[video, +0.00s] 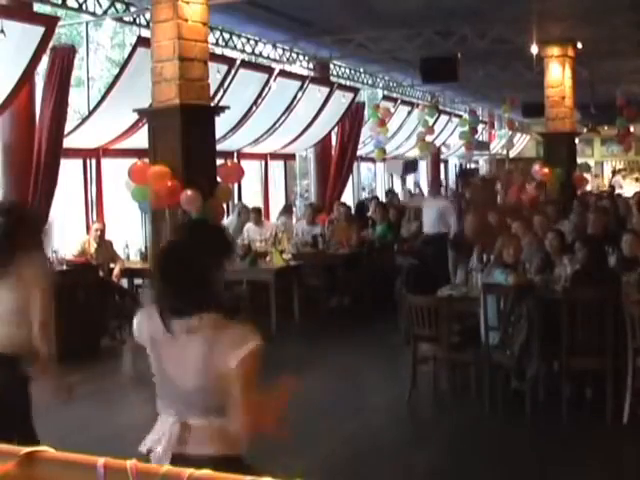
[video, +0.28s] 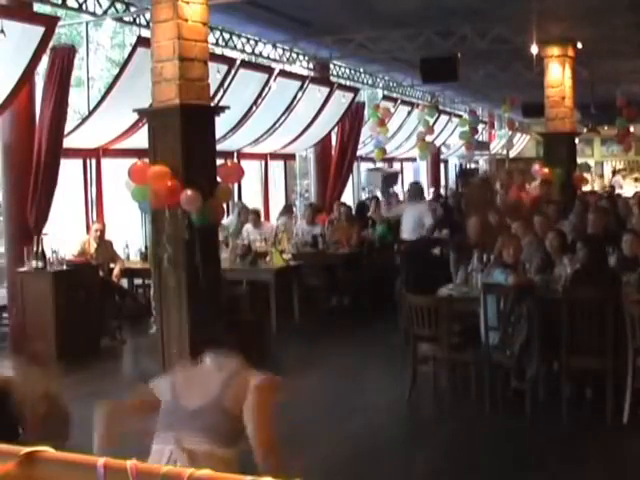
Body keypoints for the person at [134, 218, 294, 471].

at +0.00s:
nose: (228, 273)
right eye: (225, 266)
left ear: (166, 274)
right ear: (217, 275)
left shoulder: (148, 326)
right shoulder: (239, 340)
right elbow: (244, 425)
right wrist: (279, 398)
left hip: (162, 457)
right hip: (219, 460)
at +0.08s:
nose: (241, 281)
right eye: (238, 273)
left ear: (183, 270)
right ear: (231, 278)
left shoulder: (148, 336)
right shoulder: (248, 342)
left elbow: (146, 409)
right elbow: (264, 426)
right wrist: (292, 383)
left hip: (155, 462)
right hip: (215, 464)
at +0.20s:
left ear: (191, 312)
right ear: (239, 313)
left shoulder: (160, 358)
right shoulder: (255, 364)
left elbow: (127, 435)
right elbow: (258, 437)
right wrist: (275, 440)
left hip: (154, 463)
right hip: (213, 466)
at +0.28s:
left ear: (202, 343)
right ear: (251, 340)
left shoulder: (176, 378)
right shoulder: (255, 382)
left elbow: (107, 412)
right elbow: (265, 458)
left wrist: (104, 471)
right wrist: (279, 476)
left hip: (154, 472)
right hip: (209, 474)